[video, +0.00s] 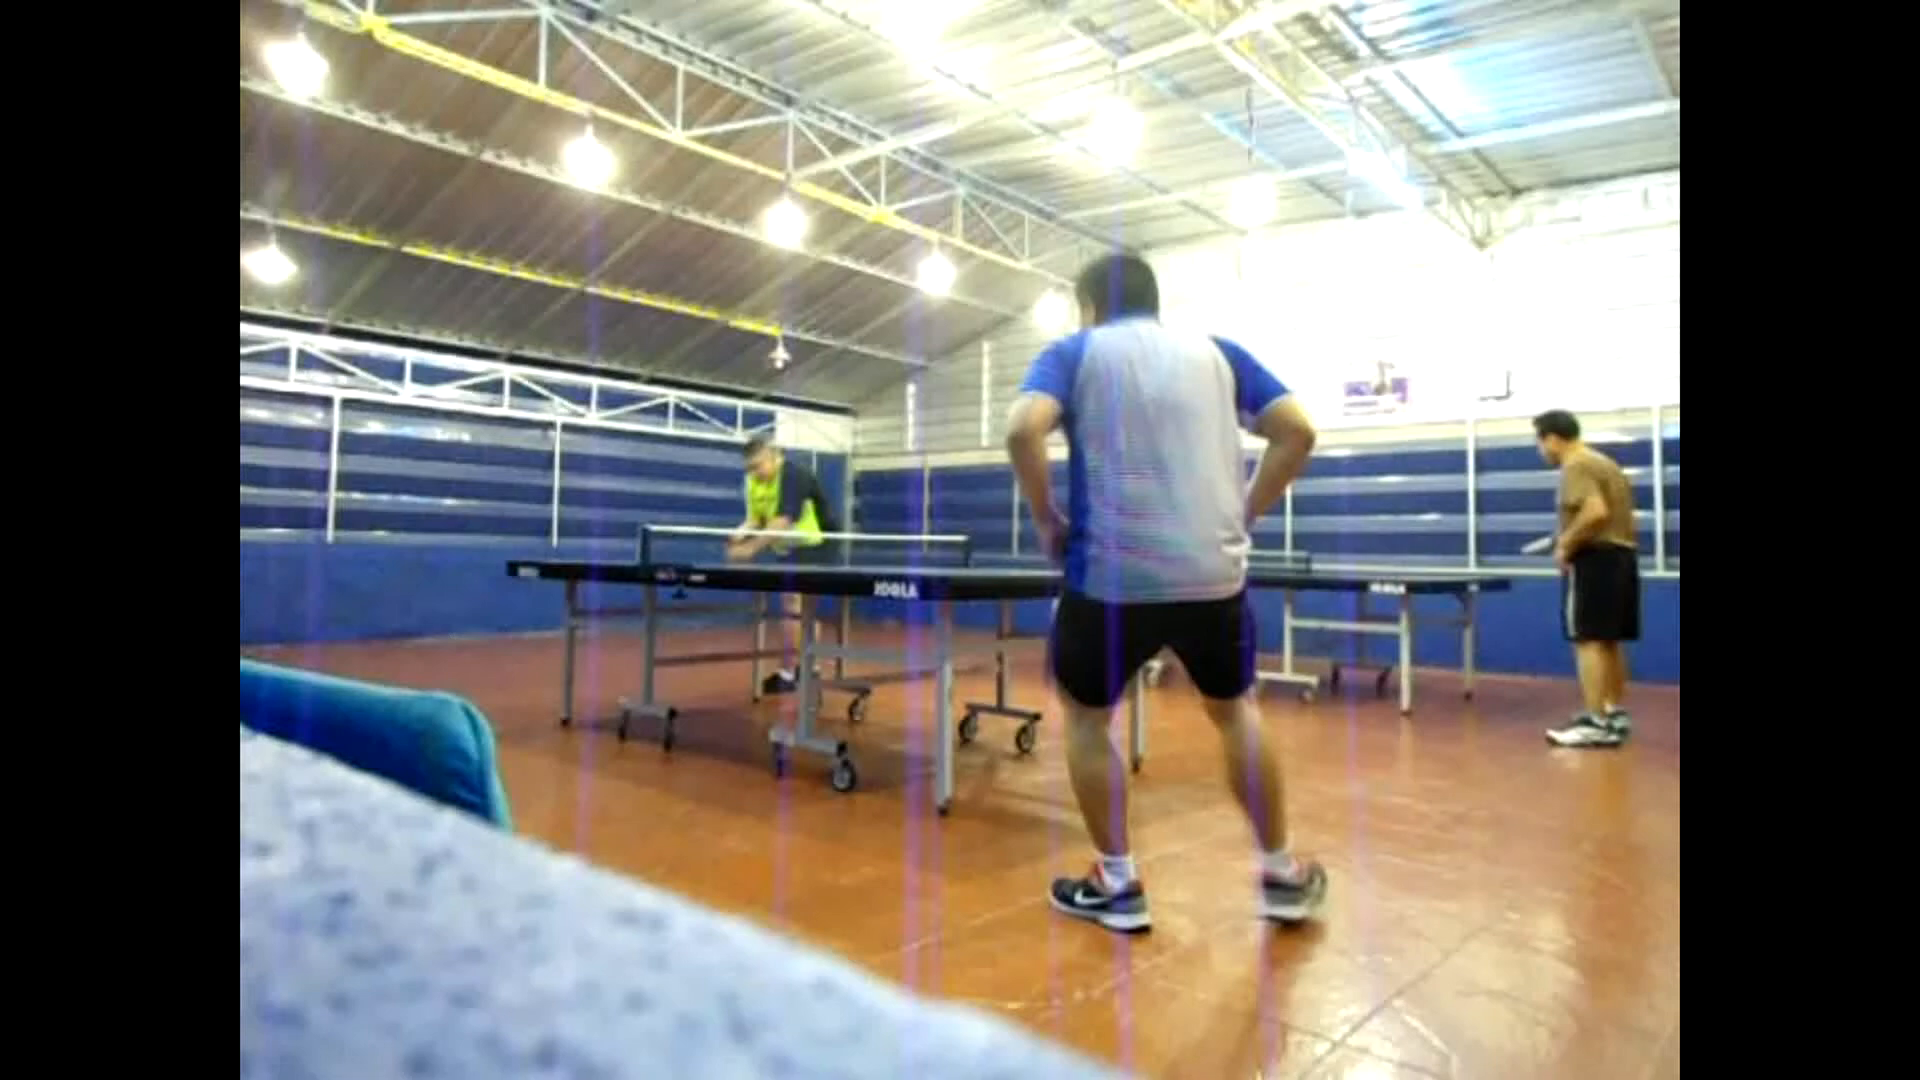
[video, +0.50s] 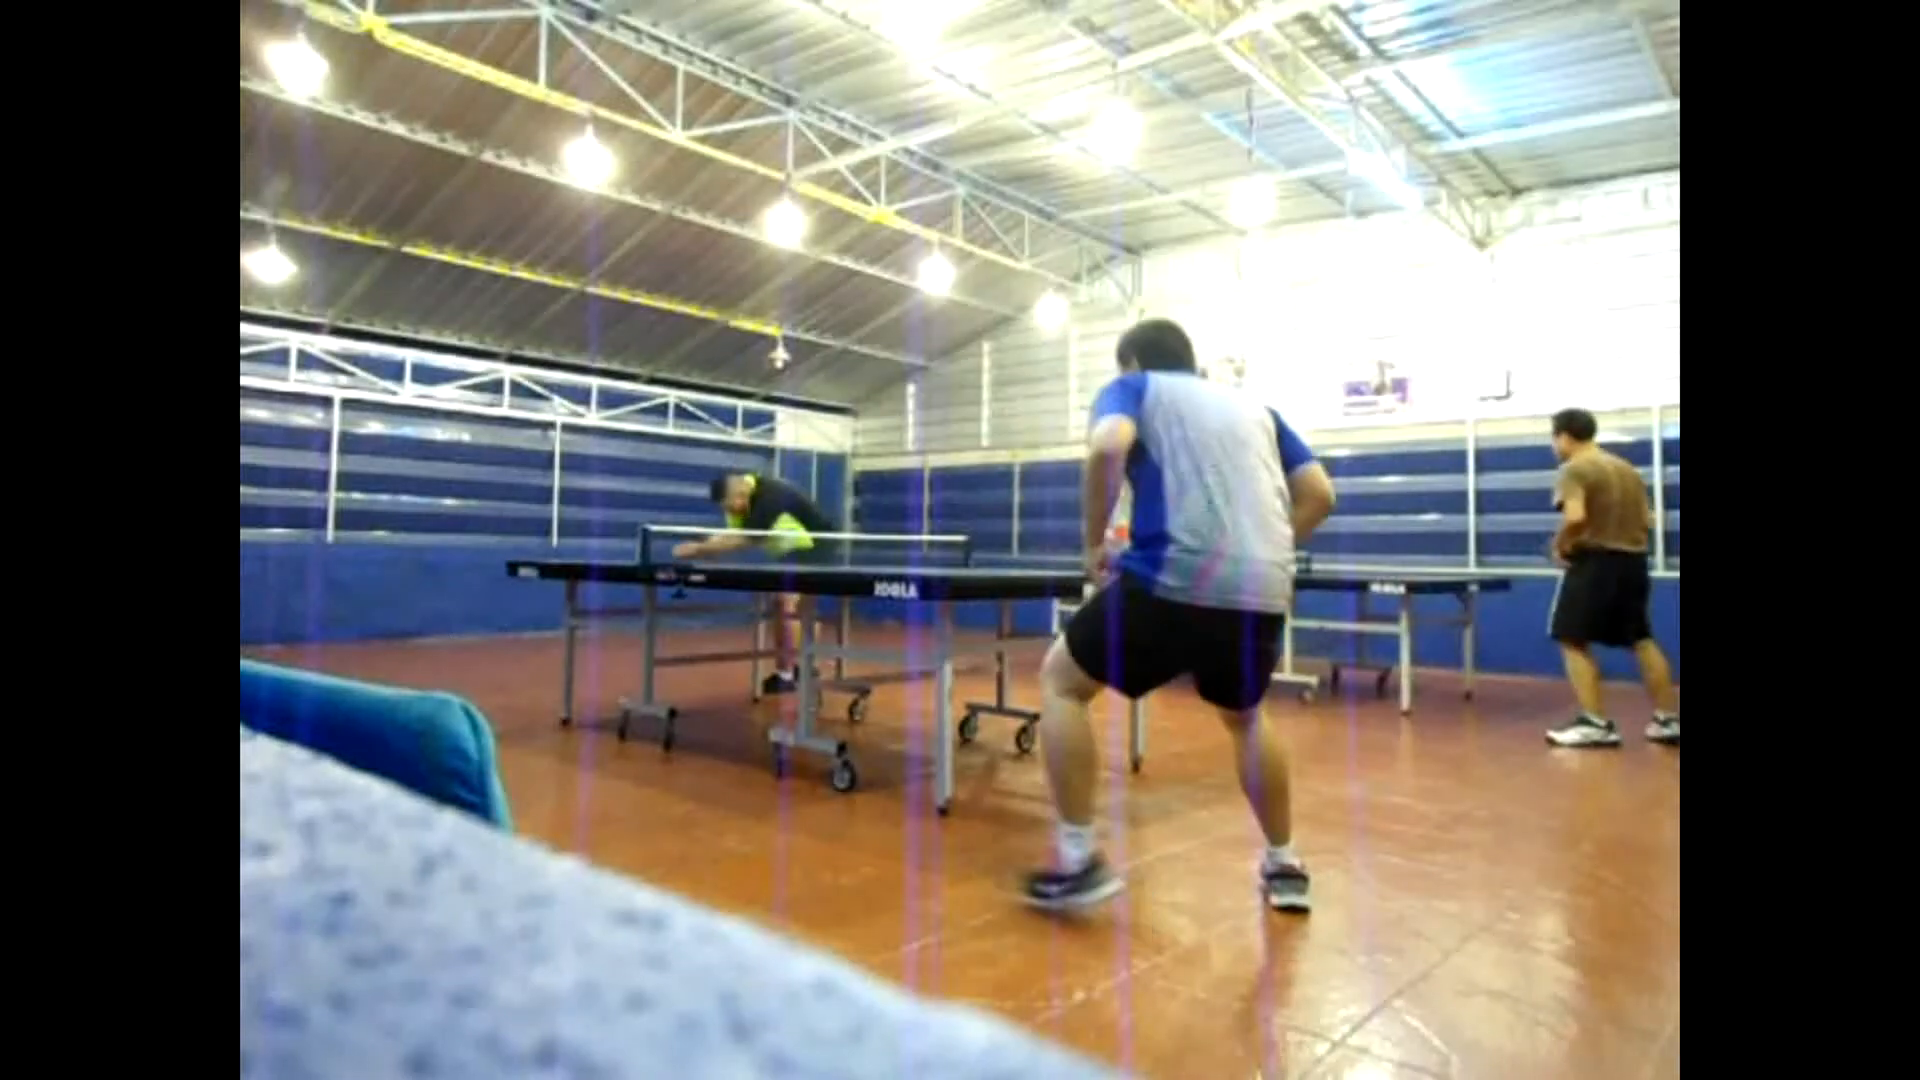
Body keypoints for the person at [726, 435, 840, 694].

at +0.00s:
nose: (756, 472)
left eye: (759, 465)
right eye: (751, 467)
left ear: (774, 457)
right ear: (748, 466)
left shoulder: (792, 475)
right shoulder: (754, 482)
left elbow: (785, 521)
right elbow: (755, 517)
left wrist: (751, 547)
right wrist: (739, 535)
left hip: (814, 545)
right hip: (786, 546)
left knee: (792, 603)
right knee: (804, 608)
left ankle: (790, 668)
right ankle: (810, 663)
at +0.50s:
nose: (732, 511)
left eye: (731, 504)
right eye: (727, 508)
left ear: (739, 491)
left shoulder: (769, 495)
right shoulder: (742, 498)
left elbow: (749, 538)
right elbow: (734, 534)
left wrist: (699, 549)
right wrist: (700, 549)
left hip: (811, 550)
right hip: (789, 551)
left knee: (789, 607)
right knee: (783, 608)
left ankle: (788, 671)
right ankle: (787, 667)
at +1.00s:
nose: (719, 506)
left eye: (716, 500)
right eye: (714, 502)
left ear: (725, 486)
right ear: (725, 485)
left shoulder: (751, 492)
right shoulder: (751, 488)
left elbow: (728, 536)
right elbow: (739, 540)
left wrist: (690, 560)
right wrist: (710, 564)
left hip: (810, 547)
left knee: (782, 603)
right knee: (779, 604)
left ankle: (785, 672)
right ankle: (788, 669)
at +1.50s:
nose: (728, 462)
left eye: (732, 454)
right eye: (725, 457)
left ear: (749, 454)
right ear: (727, 461)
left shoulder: (770, 471)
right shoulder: (749, 485)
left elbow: (753, 471)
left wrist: (720, 474)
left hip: (806, 544)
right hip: (784, 548)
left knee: (788, 604)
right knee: (775, 606)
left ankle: (790, 669)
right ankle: (782, 668)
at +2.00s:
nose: (744, 491)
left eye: (748, 484)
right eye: (738, 487)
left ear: (757, 480)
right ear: (730, 488)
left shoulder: (780, 489)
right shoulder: (727, 503)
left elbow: (823, 485)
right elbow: (696, 534)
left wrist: (835, 525)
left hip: (803, 555)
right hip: (771, 560)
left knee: (783, 608)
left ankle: (768, 671)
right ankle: (803, 663)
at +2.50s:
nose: (767, 440)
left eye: (770, 435)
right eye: (761, 433)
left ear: (773, 440)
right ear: (743, 434)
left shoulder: (772, 467)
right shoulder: (718, 458)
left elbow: (767, 499)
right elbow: (701, 494)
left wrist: (777, 510)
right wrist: (751, 503)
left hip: (754, 543)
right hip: (714, 544)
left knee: (755, 604)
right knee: (700, 599)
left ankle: (760, 668)